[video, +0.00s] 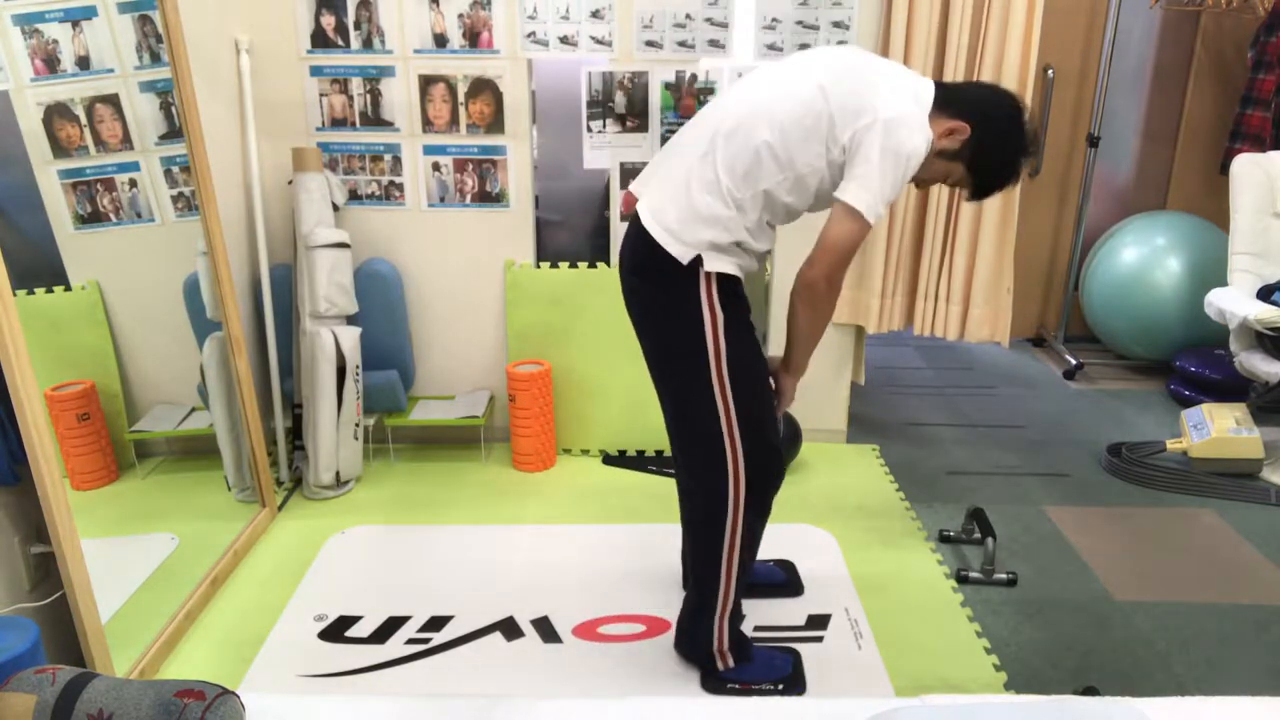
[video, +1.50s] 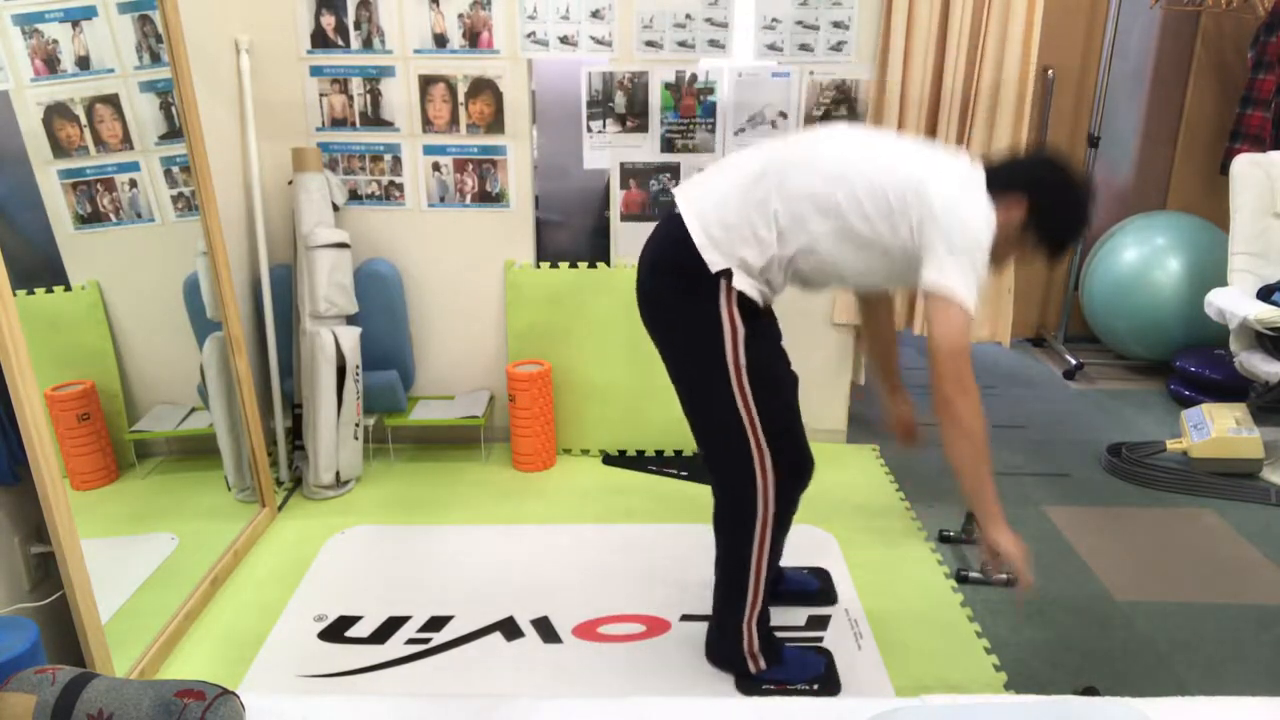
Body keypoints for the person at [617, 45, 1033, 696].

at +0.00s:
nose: (931, 189)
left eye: (948, 187)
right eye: (950, 181)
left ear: (951, 122)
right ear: (952, 134)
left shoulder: (879, 80)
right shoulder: (899, 125)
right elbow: (820, 272)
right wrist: (793, 369)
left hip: (676, 232)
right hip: (685, 250)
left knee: (748, 431)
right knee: (742, 452)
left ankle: (723, 566)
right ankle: (713, 646)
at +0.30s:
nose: (923, 171)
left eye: (938, 170)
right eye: (941, 163)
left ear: (942, 108)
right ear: (947, 118)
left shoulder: (874, 81)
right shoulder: (896, 108)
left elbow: (760, 182)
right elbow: (818, 251)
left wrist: (763, 334)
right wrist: (794, 349)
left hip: (699, 255)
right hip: (695, 263)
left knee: (753, 434)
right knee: (765, 460)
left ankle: (721, 565)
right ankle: (723, 649)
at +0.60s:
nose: (919, 163)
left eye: (934, 160)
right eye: (936, 154)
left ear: (941, 99)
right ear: (943, 108)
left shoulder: (870, 78)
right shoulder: (896, 100)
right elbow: (821, 235)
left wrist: (769, 325)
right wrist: (789, 336)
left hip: (690, 237)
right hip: (694, 248)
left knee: (737, 432)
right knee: (737, 448)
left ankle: (719, 570)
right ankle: (713, 647)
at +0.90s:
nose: (931, 147)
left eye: (947, 144)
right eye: (949, 137)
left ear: (947, 87)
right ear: (949, 92)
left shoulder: (872, 69)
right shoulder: (903, 79)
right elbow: (810, 182)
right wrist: (819, 315)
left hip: (711, 235)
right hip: (700, 238)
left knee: (743, 415)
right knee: (718, 437)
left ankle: (718, 563)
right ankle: (712, 641)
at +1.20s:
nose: (975, 132)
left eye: (992, 126)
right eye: (991, 119)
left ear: (981, 67)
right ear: (985, 75)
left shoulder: (892, 56)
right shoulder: (932, 79)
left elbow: (777, 159)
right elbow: (851, 196)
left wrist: (808, 282)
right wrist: (863, 354)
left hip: (708, 232)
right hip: (722, 247)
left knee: (750, 417)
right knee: (757, 450)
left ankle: (716, 559)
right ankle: (743, 646)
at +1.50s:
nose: (1010, 257)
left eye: (1024, 250)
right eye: (1024, 244)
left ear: (1007, 196)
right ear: (1015, 210)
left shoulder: (942, 176)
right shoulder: (963, 211)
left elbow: (873, 288)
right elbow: (953, 383)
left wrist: (895, 396)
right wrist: (992, 522)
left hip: (726, 261)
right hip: (704, 266)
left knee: (786, 459)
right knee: (761, 469)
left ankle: (751, 574)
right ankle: (743, 650)